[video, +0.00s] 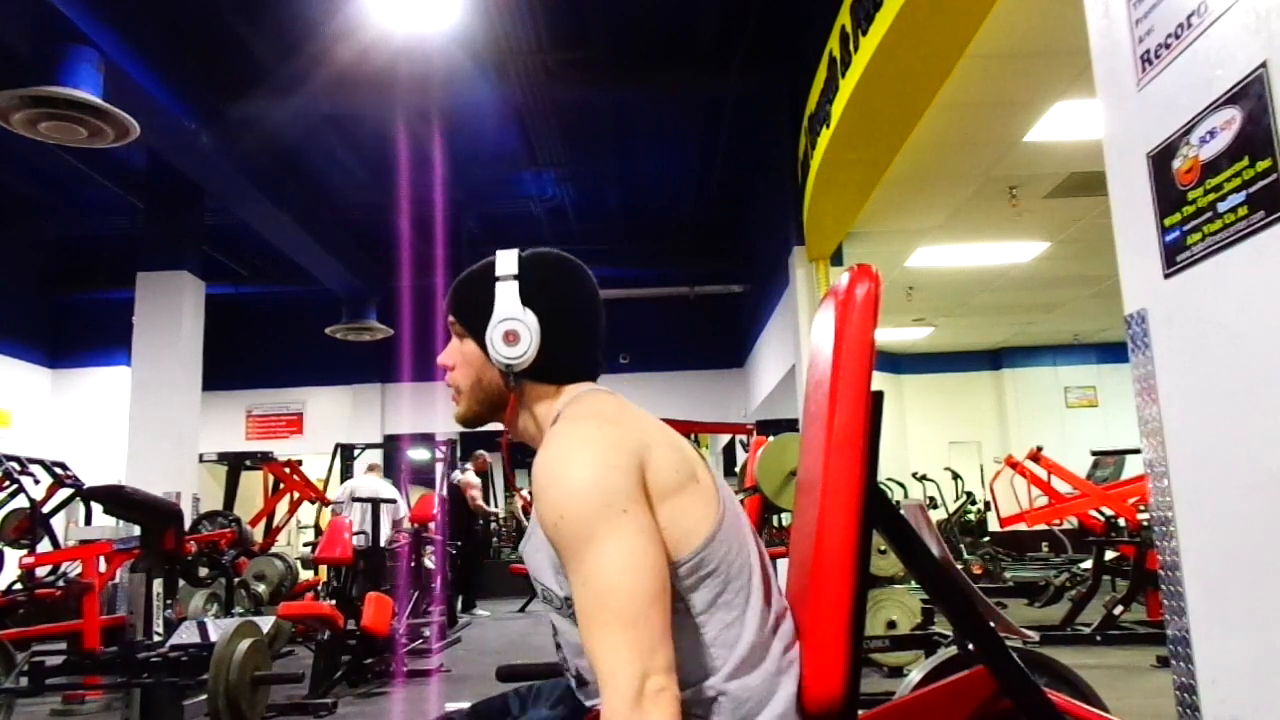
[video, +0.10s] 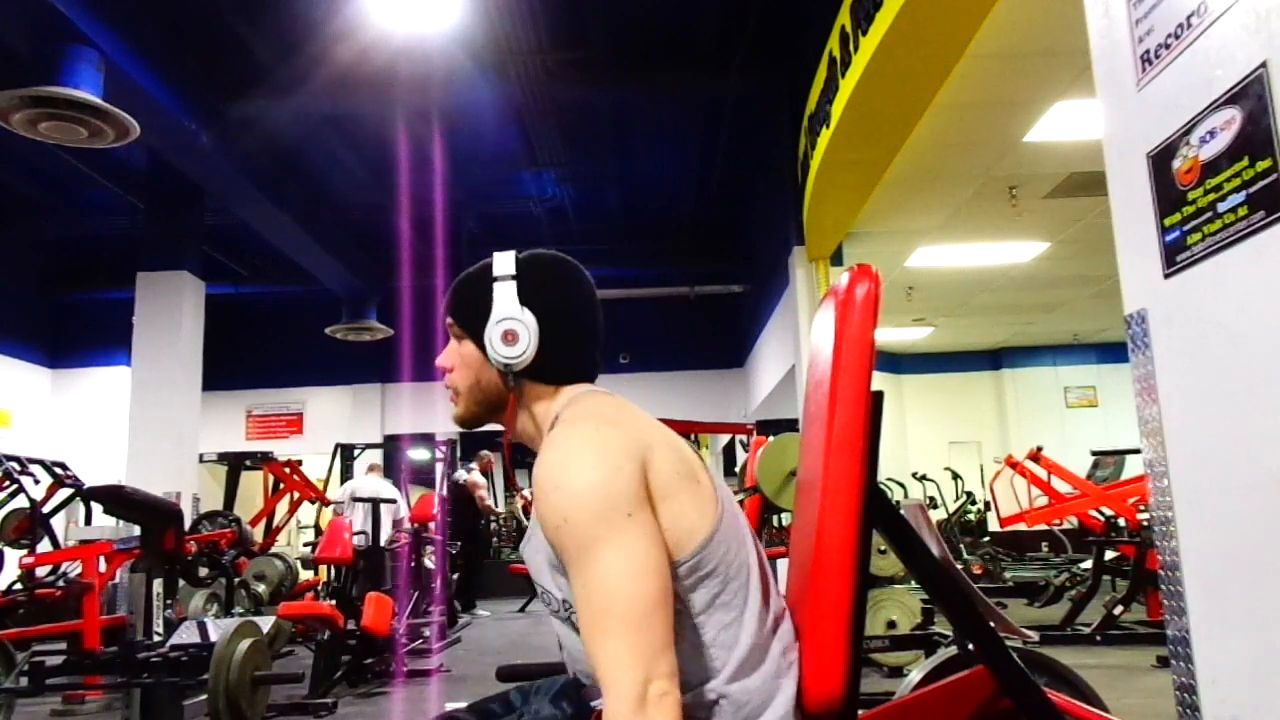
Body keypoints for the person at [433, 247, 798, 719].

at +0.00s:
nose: (442, 360)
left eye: (459, 336)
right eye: (450, 337)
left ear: (513, 341)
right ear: (512, 342)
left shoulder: (582, 452)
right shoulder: (589, 430)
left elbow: (645, 693)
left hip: (714, 713)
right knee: (461, 714)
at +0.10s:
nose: (441, 362)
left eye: (457, 338)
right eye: (448, 339)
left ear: (512, 342)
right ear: (510, 343)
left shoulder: (582, 453)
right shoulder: (589, 431)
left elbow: (646, 697)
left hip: (709, 713)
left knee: (459, 715)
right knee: (461, 714)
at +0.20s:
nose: (434, 362)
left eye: (451, 337)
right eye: (442, 338)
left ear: (504, 342)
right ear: (503, 342)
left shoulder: (570, 456)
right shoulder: (585, 431)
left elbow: (630, 702)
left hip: (700, 713)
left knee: (456, 715)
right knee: (457, 713)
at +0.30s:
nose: (419, 365)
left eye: (439, 339)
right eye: (430, 340)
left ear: (489, 345)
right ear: (489, 344)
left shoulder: (548, 457)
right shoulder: (570, 430)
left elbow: (617, 703)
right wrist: (522, 514)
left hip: (693, 710)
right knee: (460, 712)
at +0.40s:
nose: (406, 370)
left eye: (422, 346)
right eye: (414, 346)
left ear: (472, 349)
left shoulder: (534, 462)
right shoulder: (560, 435)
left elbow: (614, 705)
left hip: (695, 710)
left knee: (455, 714)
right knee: (460, 711)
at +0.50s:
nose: (396, 372)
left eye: (411, 351)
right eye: (404, 351)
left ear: (461, 356)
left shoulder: (524, 471)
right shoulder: (546, 440)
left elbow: (602, 709)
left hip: (691, 712)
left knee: (455, 711)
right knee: (459, 710)